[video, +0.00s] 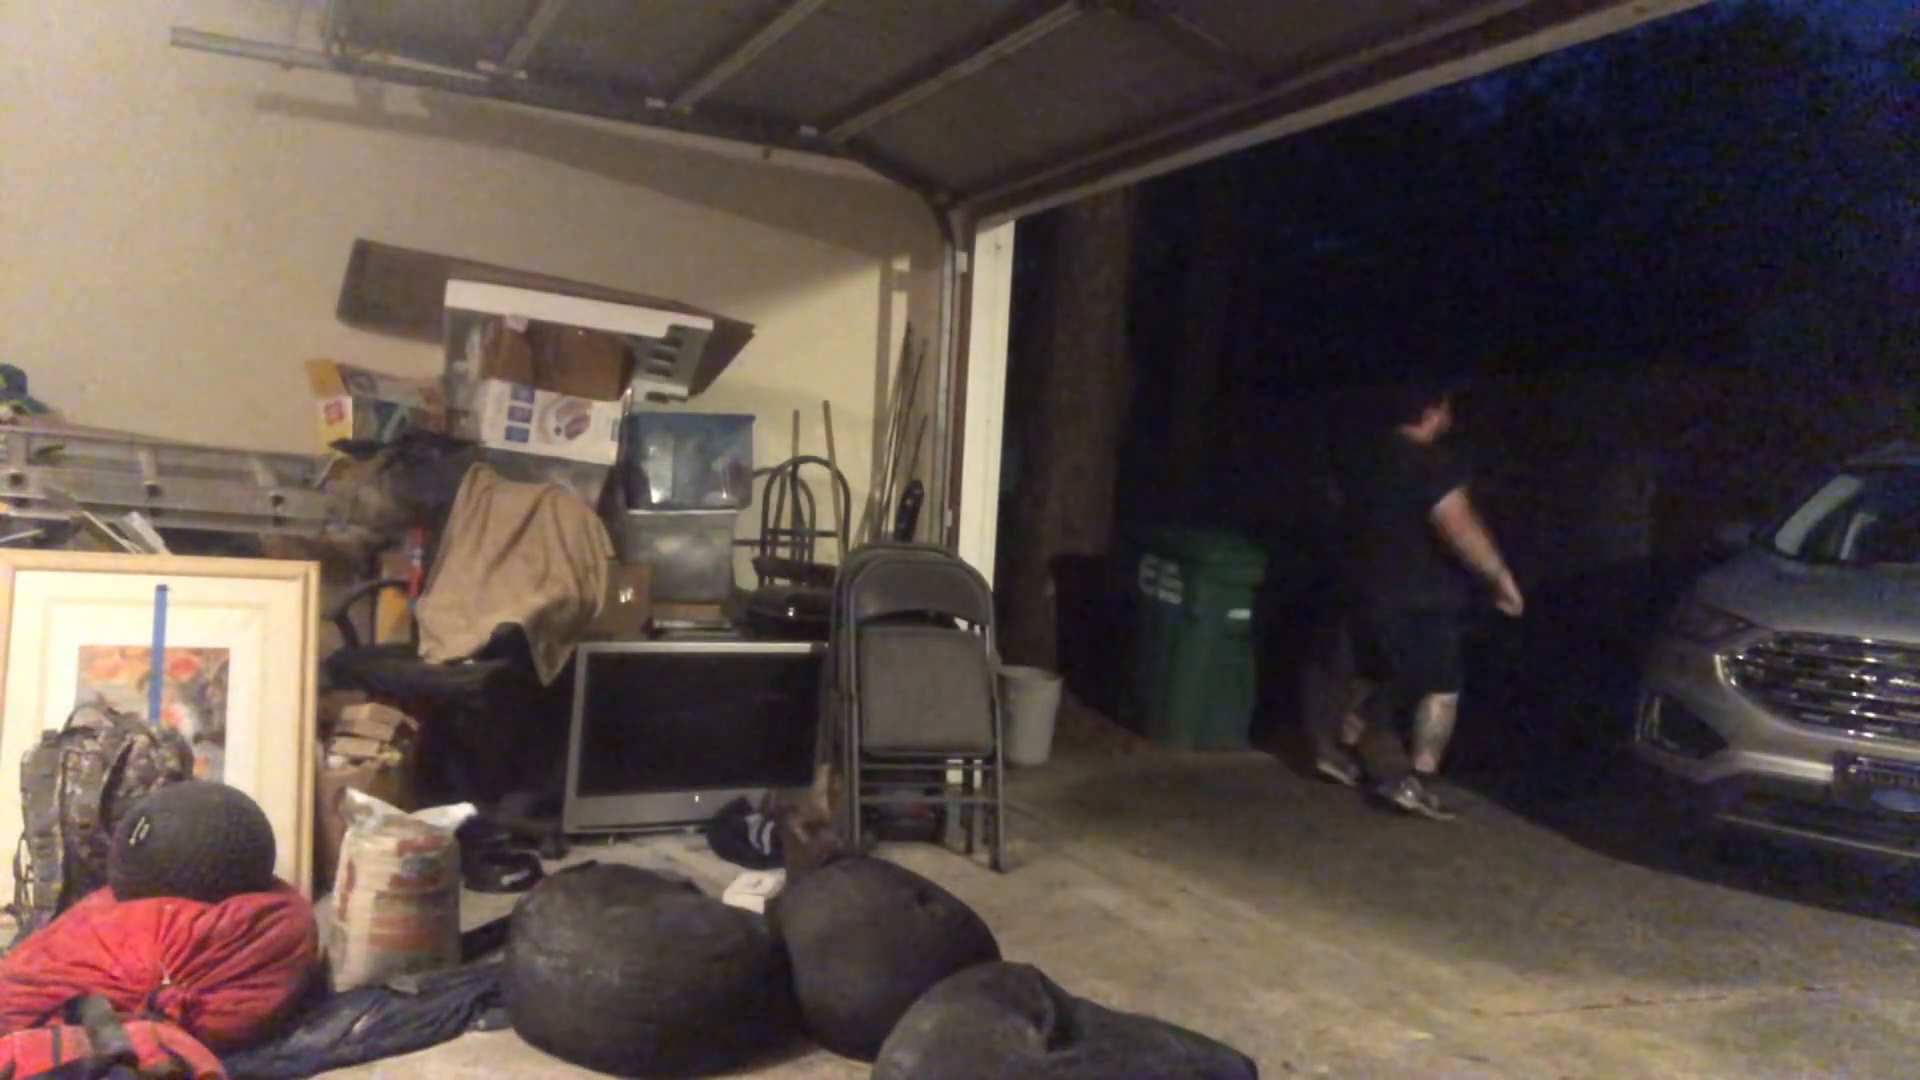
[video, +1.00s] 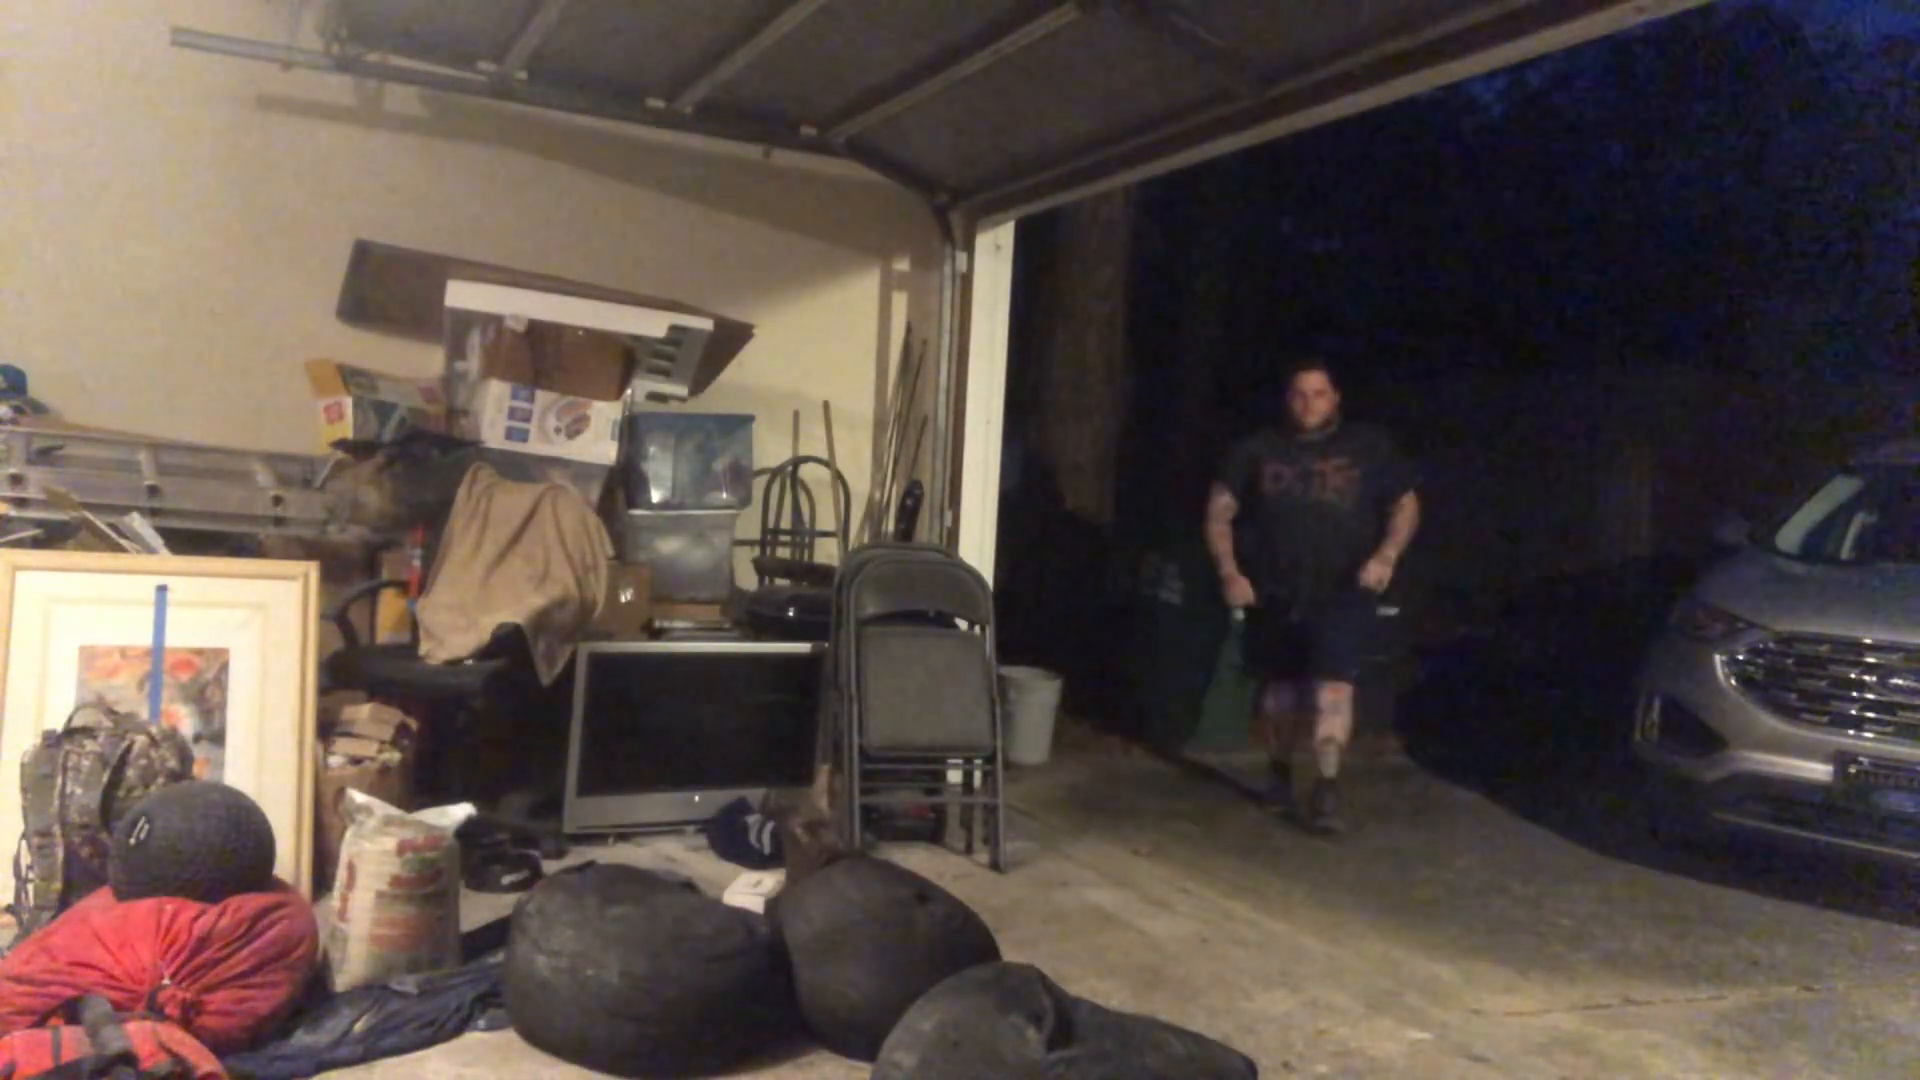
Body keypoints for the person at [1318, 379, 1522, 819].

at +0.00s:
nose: (1446, 421)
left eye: (1445, 412)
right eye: (1443, 412)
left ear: (1399, 412)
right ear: (1428, 415)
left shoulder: (1369, 455)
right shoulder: (1431, 465)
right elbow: (1462, 530)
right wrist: (1500, 576)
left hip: (1371, 587)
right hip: (1421, 592)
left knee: (1373, 672)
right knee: (1442, 685)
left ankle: (1341, 748)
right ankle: (1421, 780)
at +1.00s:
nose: (1309, 404)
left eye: (1319, 395)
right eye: (1300, 395)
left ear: (1336, 399)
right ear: (1287, 400)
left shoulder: (1365, 448)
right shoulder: (1259, 450)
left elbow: (1407, 505)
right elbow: (1219, 514)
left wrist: (1385, 559)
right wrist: (1231, 573)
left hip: (1341, 592)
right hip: (1277, 592)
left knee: (1334, 690)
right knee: (1279, 692)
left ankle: (1326, 793)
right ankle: (1279, 777)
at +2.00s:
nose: (1239, 339)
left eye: (1253, 326)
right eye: (1228, 326)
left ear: (1276, 330)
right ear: (1209, 329)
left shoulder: (1316, 395)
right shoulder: (1166, 392)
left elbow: (1370, 480)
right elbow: (1110, 470)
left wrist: (1352, 571)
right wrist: (1087, 555)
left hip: (1276, 602)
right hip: (1181, 595)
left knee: (1265, 745)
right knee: (1186, 735)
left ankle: (1250, 855)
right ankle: (1193, 866)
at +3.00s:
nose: (1162, 468)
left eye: (1181, 449)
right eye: (1144, 446)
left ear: (1204, 426)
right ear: (1098, 408)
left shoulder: (1222, 476)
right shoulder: (1020, 463)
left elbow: (1296, 596)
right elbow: (901, 592)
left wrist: (1282, 741)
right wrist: (883, 763)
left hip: (1154, 699)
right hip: (1008, 703)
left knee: (1254, 824)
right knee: (926, 859)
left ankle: (1259, 1009)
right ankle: (854, 1038)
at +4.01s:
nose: (1171, 823)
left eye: (1190, 813)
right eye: (1154, 804)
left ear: (1225, 770)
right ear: (1104, 744)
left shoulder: (1253, 758)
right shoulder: (1004, 709)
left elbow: (1285, 910)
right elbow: (915, 852)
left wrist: (1303, 1057)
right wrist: (952, 1009)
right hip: (988, 648)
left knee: (1273, 882)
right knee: (858, 880)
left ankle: (1310, 1052)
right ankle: (831, 1049)